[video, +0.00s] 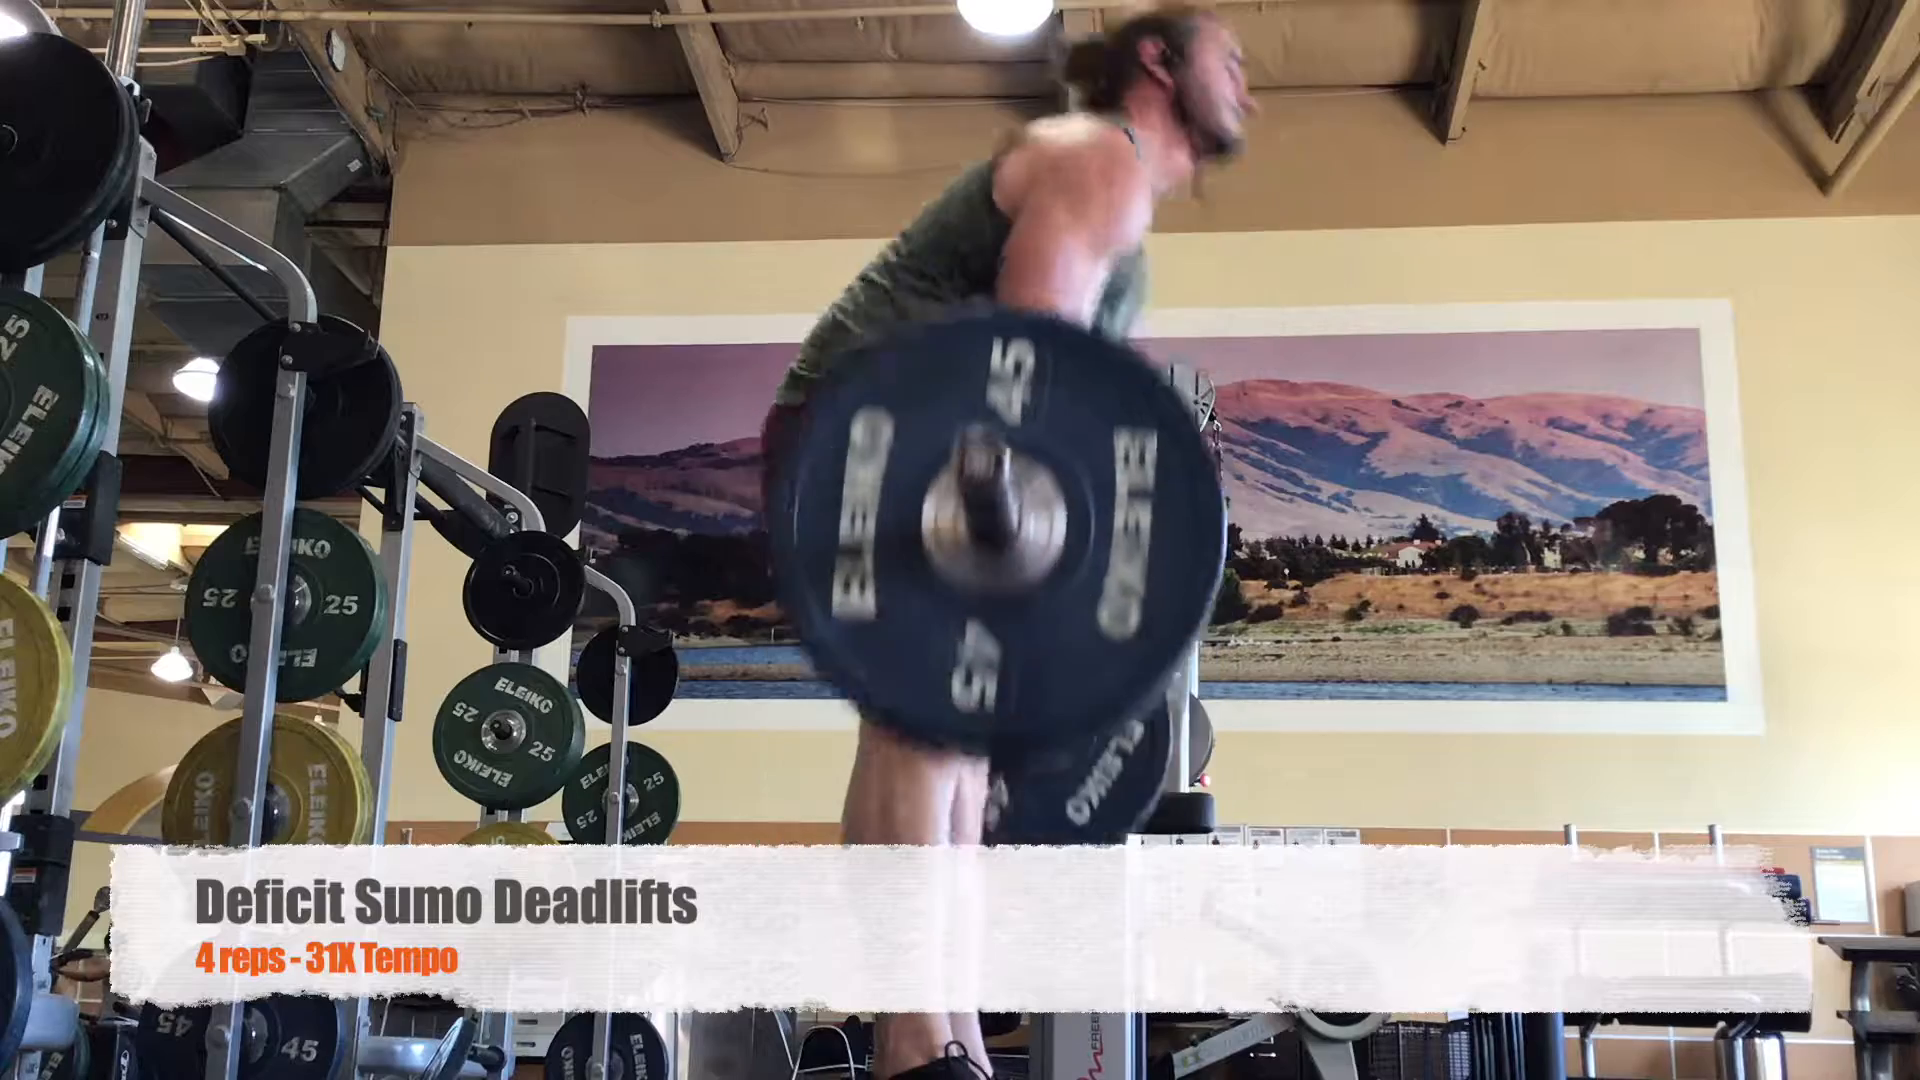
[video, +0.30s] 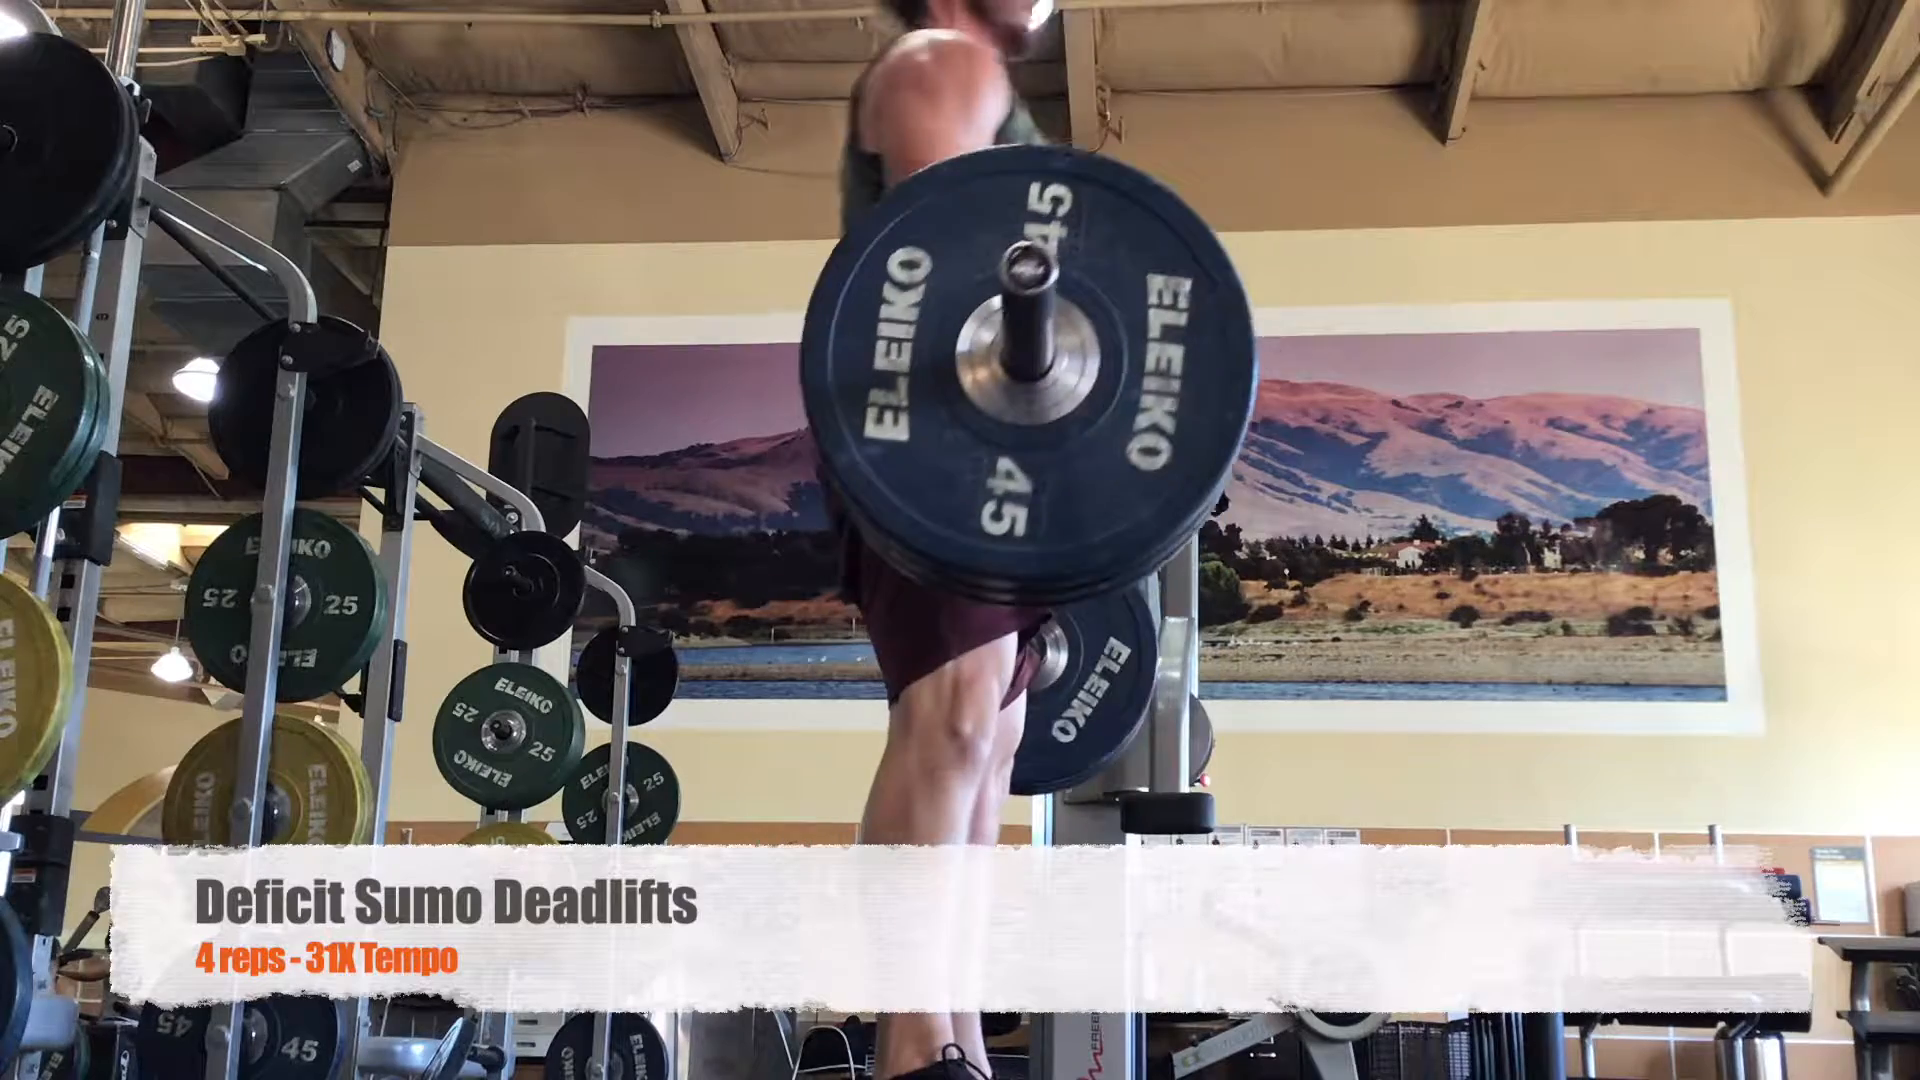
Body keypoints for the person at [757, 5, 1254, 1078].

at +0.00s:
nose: (1248, 96)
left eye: (1245, 76)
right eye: (1230, 68)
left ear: (1160, 71)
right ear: (1159, 66)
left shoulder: (1121, 195)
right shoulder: (1098, 151)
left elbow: (1078, 383)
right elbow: (1031, 342)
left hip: (907, 430)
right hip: (855, 417)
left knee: (963, 725)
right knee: (925, 718)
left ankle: (951, 1030)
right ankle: (914, 1038)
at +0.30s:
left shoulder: (978, 73)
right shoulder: (942, 61)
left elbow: (971, 281)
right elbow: (945, 274)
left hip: (973, 443)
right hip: (919, 437)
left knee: (995, 721)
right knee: (954, 709)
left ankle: (953, 1036)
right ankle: (910, 1047)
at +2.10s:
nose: (1251, 54)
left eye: (1248, 30)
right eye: (1232, 25)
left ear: (1171, 36)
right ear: (1165, 28)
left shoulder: (1127, 159)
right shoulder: (1104, 126)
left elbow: (1079, 364)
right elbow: (1060, 349)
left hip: (946, 442)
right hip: (879, 426)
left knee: (989, 730)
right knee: (927, 718)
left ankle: (957, 1033)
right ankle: (907, 1042)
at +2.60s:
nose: (1307, 153)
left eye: (1305, 132)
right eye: (1291, 127)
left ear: (1226, 135)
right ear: (1221, 126)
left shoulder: (1165, 278)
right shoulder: (1134, 210)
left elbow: (1118, 451)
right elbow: (1076, 424)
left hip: (891, 448)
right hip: (833, 428)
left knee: (966, 734)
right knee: (931, 712)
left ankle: (957, 1039)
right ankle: (911, 1042)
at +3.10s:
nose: (1354, 314)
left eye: (1355, 289)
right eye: (1341, 281)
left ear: (1274, 276)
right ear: (1270, 269)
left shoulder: (1184, 464)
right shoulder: (1158, 345)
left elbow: (1146, 633)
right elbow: (1082, 592)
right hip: (824, 475)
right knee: (984, 714)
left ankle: (943, 1033)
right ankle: (926, 1034)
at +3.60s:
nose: (1390, 490)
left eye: (1398, 472)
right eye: (1385, 457)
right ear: (1315, 423)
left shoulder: (1200, 585)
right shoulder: (1174, 487)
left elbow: (1135, 770)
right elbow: (1079, 728)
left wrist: (1142, 944)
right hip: (814, 545)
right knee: (1050, 705)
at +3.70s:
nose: (1397, 452)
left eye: (1402, 430)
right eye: (1389, 417)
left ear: (1318, 398)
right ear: (1315, 391)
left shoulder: (1202, 565)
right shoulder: (1181, 454)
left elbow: (1138, 742)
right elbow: (1077, 694)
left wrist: (1135, 895)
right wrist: (1077, 879)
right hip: (826, 510)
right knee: (1034, 689)